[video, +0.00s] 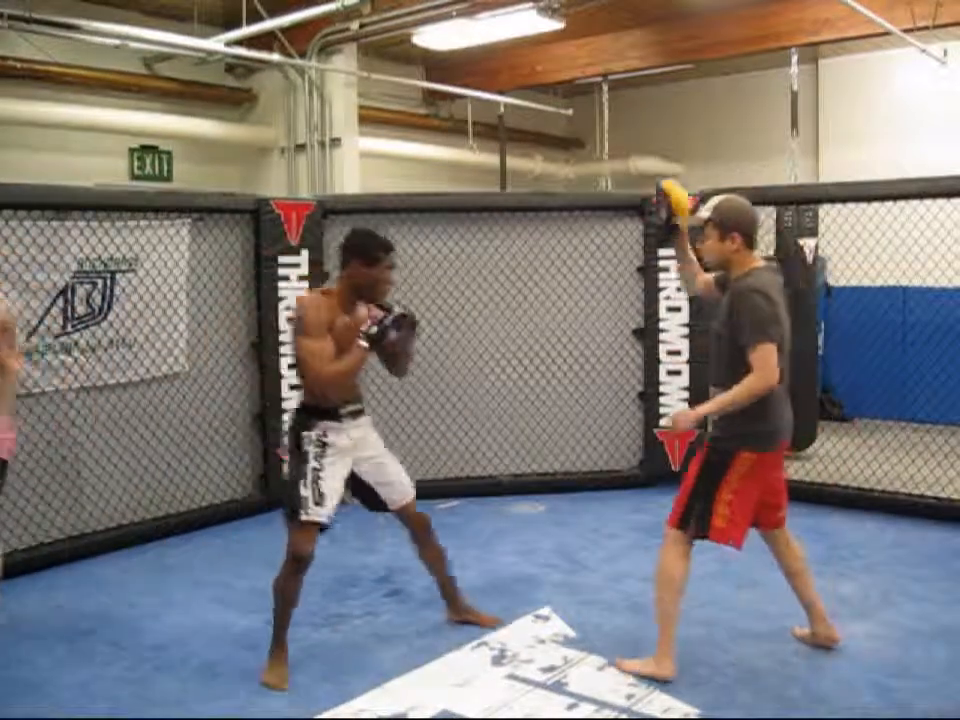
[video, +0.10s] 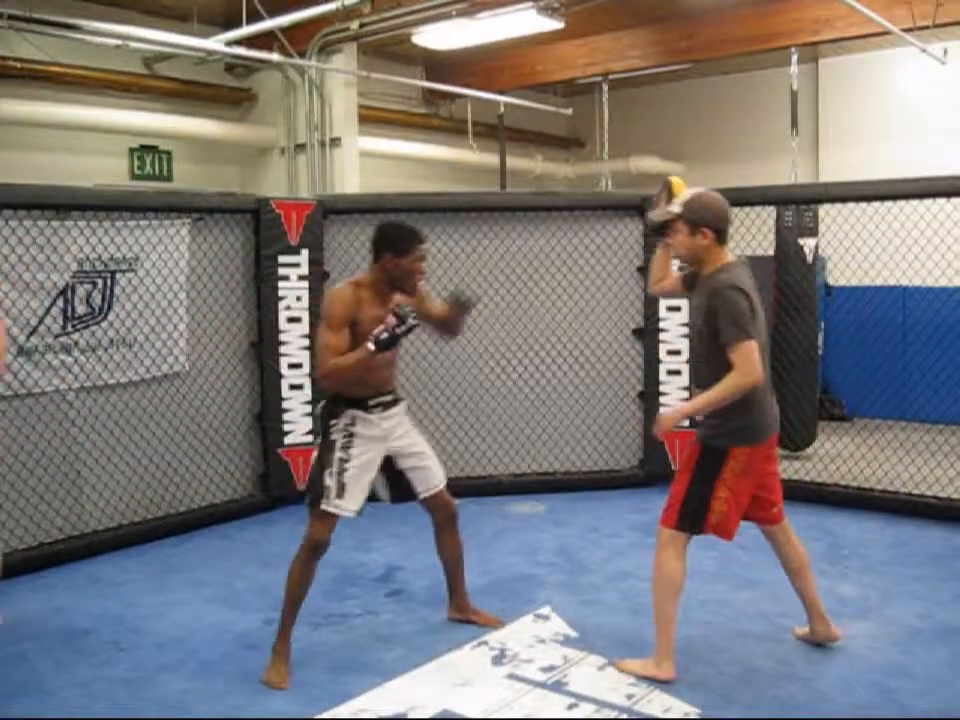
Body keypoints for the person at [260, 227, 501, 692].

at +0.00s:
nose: (392, 279)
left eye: (392, 270)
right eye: (385, 271)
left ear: (367, 269)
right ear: (355, 268)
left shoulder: (369, 311)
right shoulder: (312, 307)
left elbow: (399, 368)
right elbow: (323, 384)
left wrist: (395, 337)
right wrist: (364, 342)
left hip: (359, 427)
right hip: (317, 432)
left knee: (417, 520)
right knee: (300, 555)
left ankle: (455, 604)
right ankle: (278, 649)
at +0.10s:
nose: (422, 270)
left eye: (423, 262)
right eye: (416, 263)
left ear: (406, 262)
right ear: (387, 261)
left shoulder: (405, 291)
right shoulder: (342, 298)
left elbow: (445, 325)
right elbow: (326, 375)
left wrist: (457, 310)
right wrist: (375, 343)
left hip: (394, 414)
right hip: (350, 421)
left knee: (445, 507)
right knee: (317, 538)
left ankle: (459, 604)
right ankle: (282, 644)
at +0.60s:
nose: (467, 259)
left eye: (472, 251)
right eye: (463, 249)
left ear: (470, 247)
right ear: (439, 237)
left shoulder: (466, 276)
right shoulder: (395, 265)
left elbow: (452, 332)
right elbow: (364, 327)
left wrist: (466, 329)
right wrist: (414, 316)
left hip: (446, 390)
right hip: (402, 393)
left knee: (465, 496)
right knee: (398, 498)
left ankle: (463, 598)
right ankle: (398, 593)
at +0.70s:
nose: (466, 267)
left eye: (471, 259)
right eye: (462, 257)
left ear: (468, 253)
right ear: (439, 243)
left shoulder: (461, 280)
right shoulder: (393, 277)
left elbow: (452, 331)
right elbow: (358, 342)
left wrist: (464, 333)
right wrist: (406, 334)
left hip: (445, 396)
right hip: (402, 399)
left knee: (487, 494)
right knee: (397, 500)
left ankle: (472, 591)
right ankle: (398, 593)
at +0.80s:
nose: (465, 264)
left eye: (469, 256)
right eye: (461, 255)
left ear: (465, 252)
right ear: (436, 242)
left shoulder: (461, 275)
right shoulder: (393, 276)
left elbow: (449, 328)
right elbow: (358, 344)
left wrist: (467, 327)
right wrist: (412, 338)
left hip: (446, 394)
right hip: (403, 399)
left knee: (491, 489)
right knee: (397, 501)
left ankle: (488, 591)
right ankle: (398, 594)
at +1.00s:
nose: (470, 266)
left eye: (474, 258)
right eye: (466, 256)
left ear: (474, 253)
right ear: (442, 244)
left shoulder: (470, 277)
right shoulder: (402, 279)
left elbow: (484, 336)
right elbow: (372, 349)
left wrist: (486, 322)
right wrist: (427, 337)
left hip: (458, 398)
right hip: (414, 402)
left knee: (486, 501)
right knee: (403, 502)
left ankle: (500, 607)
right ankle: (398, 596)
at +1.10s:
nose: (488, 264)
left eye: (492, 257)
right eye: (485, 255)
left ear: (483, 252)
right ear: (460, 244)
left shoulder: (485, 276)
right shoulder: (417, 274)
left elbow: (509, 341)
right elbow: (382, 344)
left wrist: (489, 314)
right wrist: (438, 332)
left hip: (470, 397)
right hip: (425, 400)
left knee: (494, 500)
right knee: (409, 504)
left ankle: (501, 607)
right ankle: (400, 595)